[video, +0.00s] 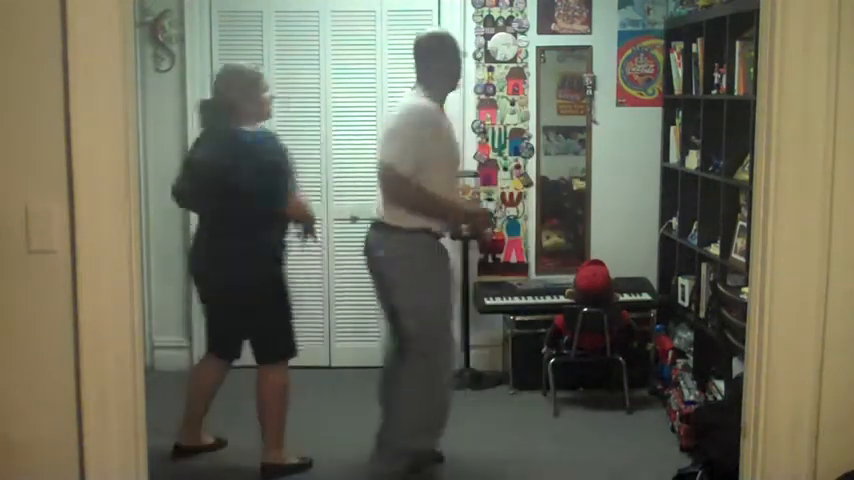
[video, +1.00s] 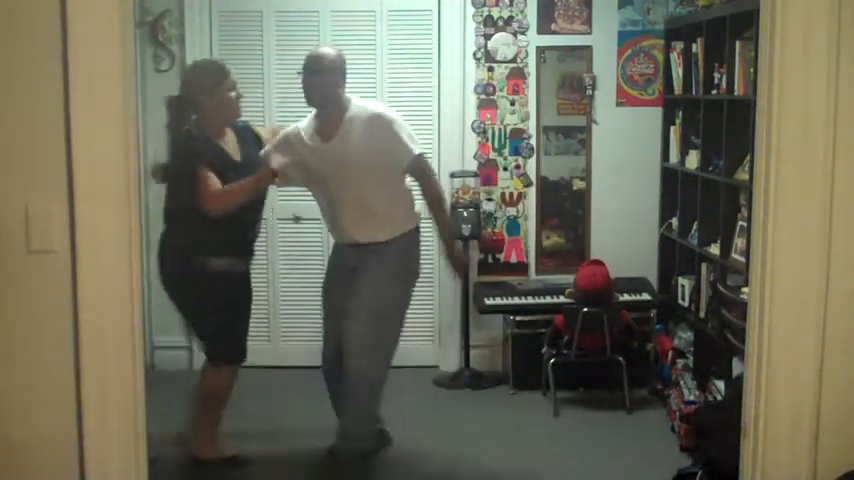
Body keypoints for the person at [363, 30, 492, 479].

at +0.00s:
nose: (462, 68)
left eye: (460, 59)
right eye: (456, 59)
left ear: (427, 63)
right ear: (439, 64)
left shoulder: (432, 117)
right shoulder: (416, 115)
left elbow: (423, 188)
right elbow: (394, 185)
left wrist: (464, 217)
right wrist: (461, 213)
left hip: (415, 244)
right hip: (405, 246)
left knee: (417, 348)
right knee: (426, 349)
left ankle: (401, 449)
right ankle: (409, 453)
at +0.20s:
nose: (400, 77)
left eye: (399, 70)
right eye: (414, 70)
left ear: (396, 73)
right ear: (435, 76)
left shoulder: (365, 117)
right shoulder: (454, 128)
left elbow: (336, 182)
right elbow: (475, 203)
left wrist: (374, 203)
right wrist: (478, 261)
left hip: (355, 252)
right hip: (412, 255)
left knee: (361, 355)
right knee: (407, 360)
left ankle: (370, 448)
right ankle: (397, 460)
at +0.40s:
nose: (353, 78)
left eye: (356, 72)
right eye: (356, 71)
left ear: (365, 75)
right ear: (397, 76)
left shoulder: (346, 122)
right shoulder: (426, 130)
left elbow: (318, 184)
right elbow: (454, 201)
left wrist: (310, 223)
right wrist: (464, 263)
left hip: (353, 261)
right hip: (411, 261)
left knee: (325, 355)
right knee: (401, 365)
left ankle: (322, 451)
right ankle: (396, 459)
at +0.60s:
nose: (321, 83)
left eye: (327, 76)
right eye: (323, 76)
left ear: (347, 78)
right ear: (361, 79)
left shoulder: (354, 124)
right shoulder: (379, 123)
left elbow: (342, 199)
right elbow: (401, 200)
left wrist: (289, 245)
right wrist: (377, 236)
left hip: (349, 263)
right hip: (374, 262)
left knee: (309, 352)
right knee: (339, 352)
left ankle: (316, 455)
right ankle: (402, 429)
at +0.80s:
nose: (303, 84)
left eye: (311, 77)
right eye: (304, 77)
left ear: (339, 81)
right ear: (325, 84)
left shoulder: (368, 125)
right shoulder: (331, 130)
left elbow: (385, 193)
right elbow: (313, 191)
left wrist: (367, 269)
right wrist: (267, 219)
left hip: (365, 260)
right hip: (336, 257)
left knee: (328, 356)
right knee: (319, 346)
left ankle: (321, 457)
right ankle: (361, 426)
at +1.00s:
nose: (310, 82)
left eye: (320, 74)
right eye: (307, 74)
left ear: (341, 79)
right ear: (301, 80)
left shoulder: (377, 122)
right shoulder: (295, 140)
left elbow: (425, 175)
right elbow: (248, 178)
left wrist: (451, 243)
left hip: (394, 246)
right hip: (347, 248)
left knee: (364, 342)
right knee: (336, 349)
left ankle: (352, 446)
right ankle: (366, 432)